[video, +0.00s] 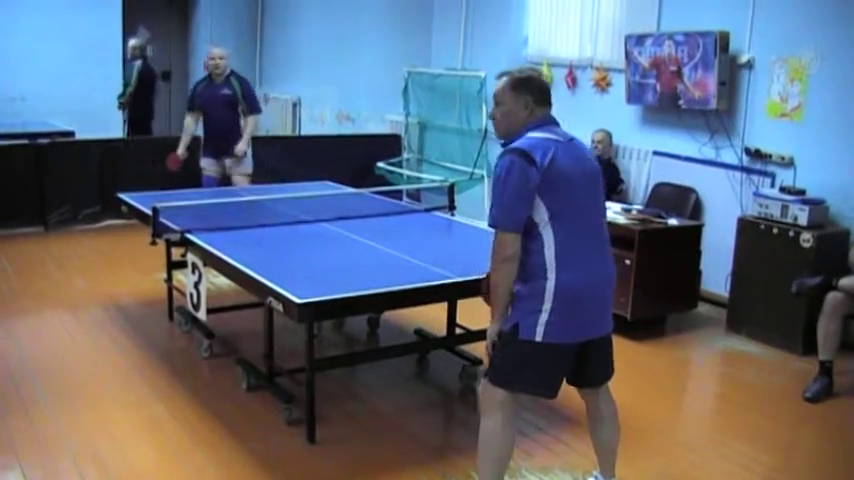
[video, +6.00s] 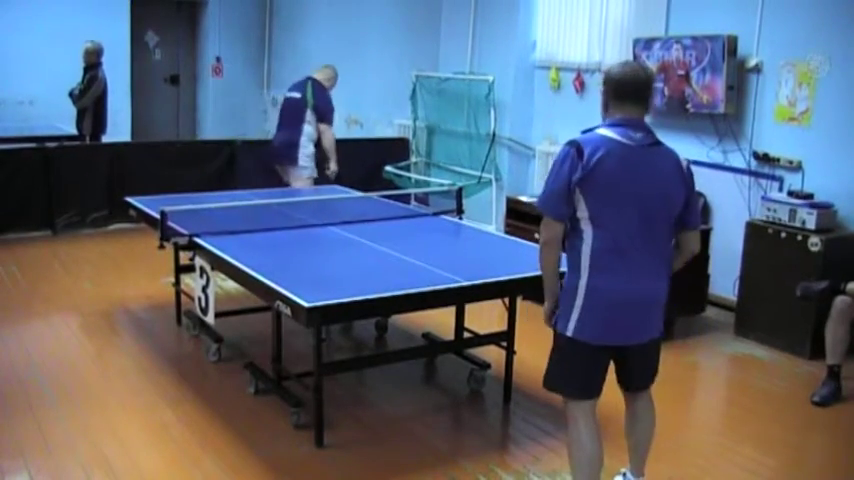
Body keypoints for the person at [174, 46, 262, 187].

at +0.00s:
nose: (216, 63)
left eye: (220, 59)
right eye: (212, 59)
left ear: (227, 61)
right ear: (207, 62)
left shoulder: (239, 84)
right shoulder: (200, 87)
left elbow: (251, 114)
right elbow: (191, 117)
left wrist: (244, 142)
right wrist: (182, 148)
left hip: (236, 149)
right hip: (210, 149)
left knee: (242, 194)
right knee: (209, 196)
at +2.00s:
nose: (164, 71)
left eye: (167, 65)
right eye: (158, 68)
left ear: (174, 65)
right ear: (151, 72)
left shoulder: (190, 90)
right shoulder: (144, 100)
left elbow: (198, 127)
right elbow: (139, 136)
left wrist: (182, 156)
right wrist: (141, 172)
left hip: (195, 166)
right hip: (163, 170)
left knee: (203, 215)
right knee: (170, 219)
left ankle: (207, 261)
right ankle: (176, 260)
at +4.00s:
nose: (238, 87)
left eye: (241, 82)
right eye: (233, 83)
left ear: (246, 82)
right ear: (224, 83)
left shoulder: (254, 103)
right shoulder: (210, 103)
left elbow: (266, 137)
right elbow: (202, 134)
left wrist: (266, 169)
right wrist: (214, 152)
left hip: (243, 167)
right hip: (210, 167)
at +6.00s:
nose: (330, 90)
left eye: (332, 87)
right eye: (332, 87)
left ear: (317, 74)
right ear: (330, 82)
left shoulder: (295, 86)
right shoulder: (320, 93)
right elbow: (325, 128)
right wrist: (332, 160)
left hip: (279, 146)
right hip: (300, 148)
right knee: (304, 196)